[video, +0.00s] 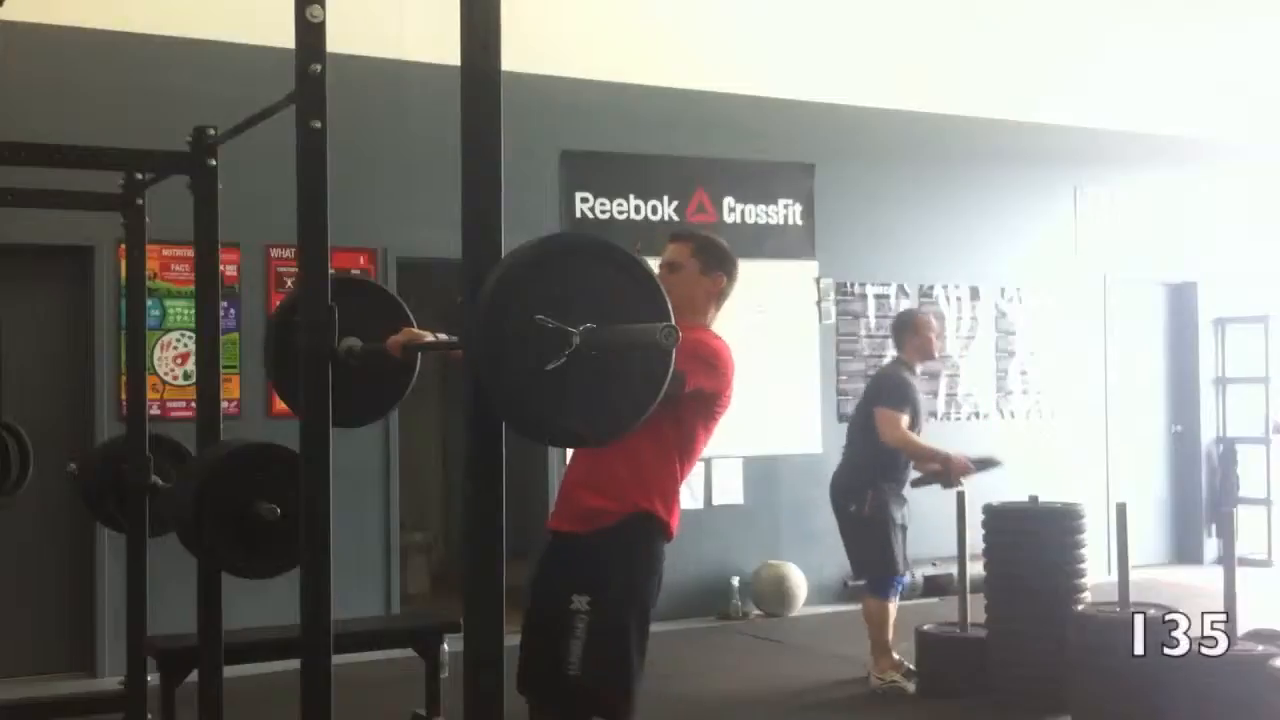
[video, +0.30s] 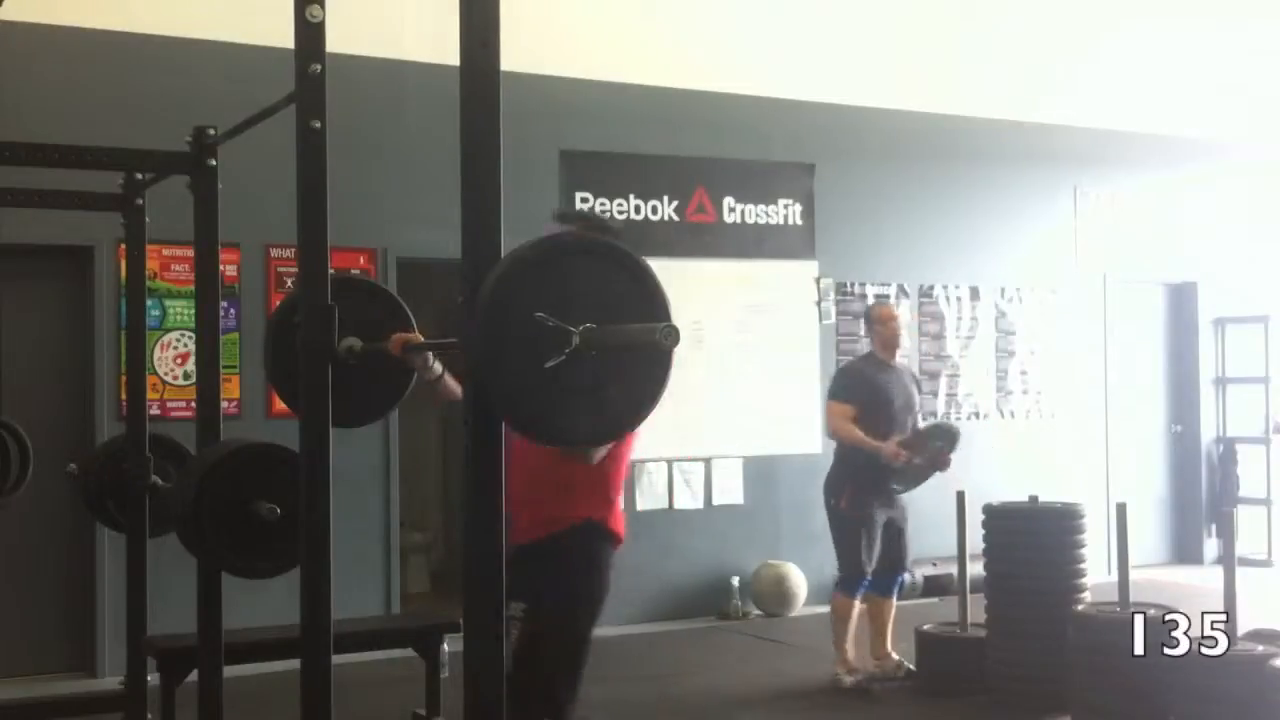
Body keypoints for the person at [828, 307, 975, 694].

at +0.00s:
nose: (937, 340)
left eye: (937, 333)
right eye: (931, 333)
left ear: (917, 338)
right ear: (911, 337)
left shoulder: (904, 382)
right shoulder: (892, 378)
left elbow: (903, 441)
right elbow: (890, 433)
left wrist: (936, 465)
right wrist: (944, 457)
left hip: (883, 488)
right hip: (865, 489)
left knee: (891, 576)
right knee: (882, 576)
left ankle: (885, 659)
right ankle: (881, 666)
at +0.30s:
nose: (895, 328)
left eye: (897, 321)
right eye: (886, 323)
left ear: (901, 325)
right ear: (870, 330)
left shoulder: (907, 378)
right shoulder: (853, 373)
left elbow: (909, 432)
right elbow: (836, 425)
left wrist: (933, 455)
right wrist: (881, 448)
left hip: (890, 490)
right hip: (853, 491)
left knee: (890, 573)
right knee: (854, 574)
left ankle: (882, 655)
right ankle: (844, 662)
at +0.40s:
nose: (878, 327)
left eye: (881, 319)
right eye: (869, 322)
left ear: (890, 325)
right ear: (857, 330)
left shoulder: (904, 378)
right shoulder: (840, 375)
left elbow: (911, 428)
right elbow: (819, 426)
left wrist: (923, 455)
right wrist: (853, 448)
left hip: (889, 488)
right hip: (849, 487)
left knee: (887, 572)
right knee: (846, 571)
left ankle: (883, 655)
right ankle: (825, 661)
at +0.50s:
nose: (861, 326)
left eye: (866, 320)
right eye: (853, 321)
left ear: (876, 326)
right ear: (844, 329)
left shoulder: (898, 379)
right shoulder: (827, 376)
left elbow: (907, 427)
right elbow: (804, 428)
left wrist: (915, 452)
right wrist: (829, 451)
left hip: (883, 485)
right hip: (841, 485)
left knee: (884, 572)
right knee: (832, 574)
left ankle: (882, 655)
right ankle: (813, 661)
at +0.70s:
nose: (825, 328)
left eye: (830, 321)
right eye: (819, 323)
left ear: (845, 327)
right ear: (812, 332)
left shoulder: (872, 376)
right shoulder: (796, 381)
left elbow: (897, 427)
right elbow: (777, 431)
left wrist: (891, 450)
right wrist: (788, 454)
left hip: (860, 489)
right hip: (814, 489)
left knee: (873, 573)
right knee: (812, 579)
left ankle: (881, 655)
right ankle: (806, 660)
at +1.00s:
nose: (789, 327)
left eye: (796, 319)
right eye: (784, 321)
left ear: (813, 324)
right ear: (778, 329)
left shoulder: (839, 374)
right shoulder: (767, 379)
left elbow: (867, 426)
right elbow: (752, 429)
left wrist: (844, 448)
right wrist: (745, 453)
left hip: (827, 484)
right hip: (784, 485)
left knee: (847, 568)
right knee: (796, 576)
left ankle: (856, 647)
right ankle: (805, 662)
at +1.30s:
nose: (766, 330)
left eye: (773, 324)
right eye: (762, 324)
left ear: (792, 328)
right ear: (758, 331)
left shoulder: (815, 376)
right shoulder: (750, 382)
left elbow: (845, 429)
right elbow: (743, 435)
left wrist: (809, 457)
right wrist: (722, 459)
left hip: (801, 487)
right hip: (763, 488)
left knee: (793, 581)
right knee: (782, 580)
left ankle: (787, 674)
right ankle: (808, 662)